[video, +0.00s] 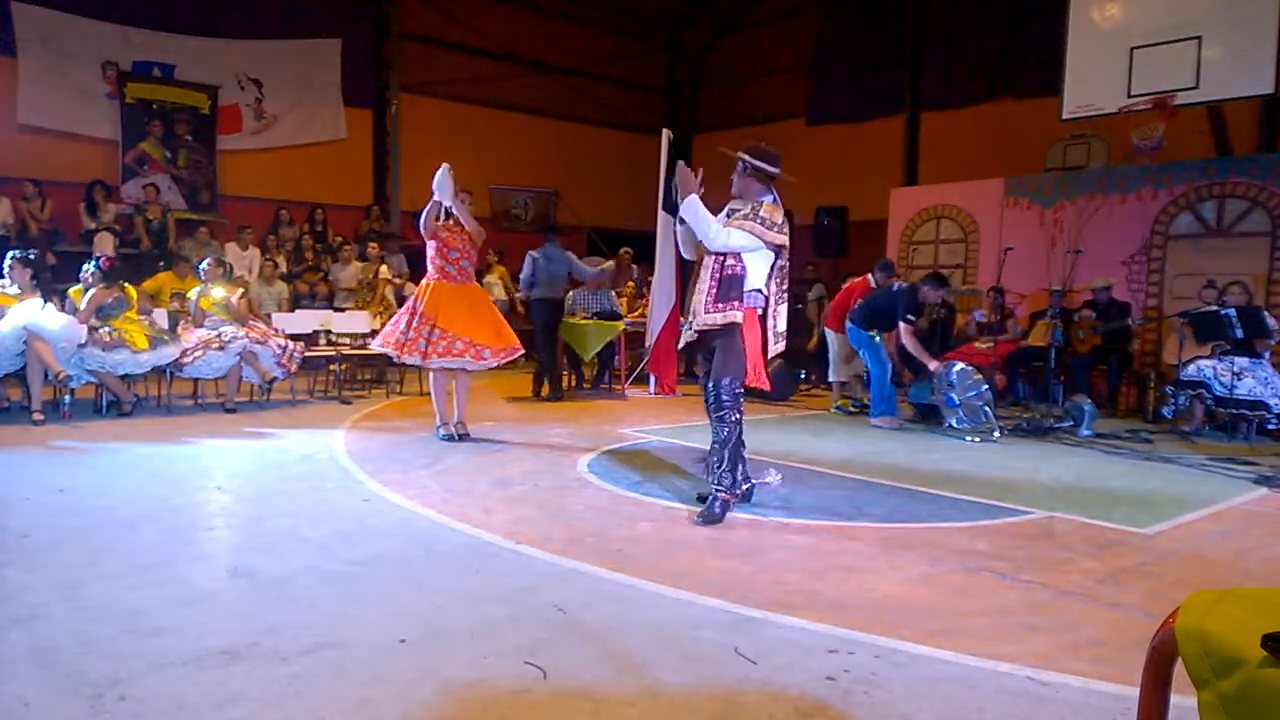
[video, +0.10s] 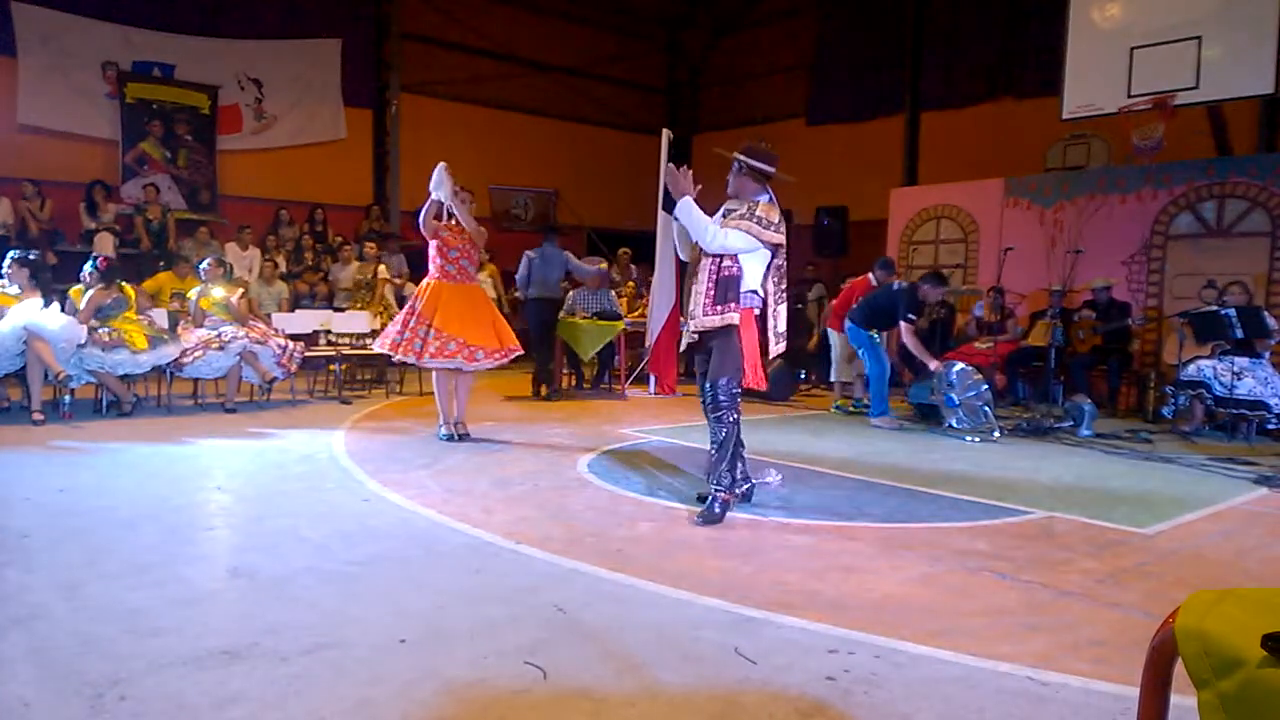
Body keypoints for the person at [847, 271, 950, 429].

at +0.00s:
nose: (939, 301)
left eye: (941, 298)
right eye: (938, 297)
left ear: (927, 288)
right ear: (928, 289)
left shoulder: (913, 295)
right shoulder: (909, 297)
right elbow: (906, 337)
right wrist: (929, 362)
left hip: (871, 328)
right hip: (862, 328)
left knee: (883, 367)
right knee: (881, 367)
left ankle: (885, 413)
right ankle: (880, 414)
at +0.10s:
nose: (940, 298)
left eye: (942, 294)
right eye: (939, 294)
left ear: (925, 287)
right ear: (926, 288)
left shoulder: (913, 295)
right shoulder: (909, 297)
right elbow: (907, 336)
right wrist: (930, 361)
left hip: (869, 327)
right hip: (859, 326)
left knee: (880, 367)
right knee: (879, 367)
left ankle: (880, 413)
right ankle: (879, 414)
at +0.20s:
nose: (940, 298)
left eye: (942, 293)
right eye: (939, 292)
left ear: (925, 286)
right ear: (926, 287)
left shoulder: (912, 293)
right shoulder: (910, 296)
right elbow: (909, 336)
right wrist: (930, 361)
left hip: (867, 327)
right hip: (859, 326)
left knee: (878, 367)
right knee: (878, 367)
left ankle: (877, 413)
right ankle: (878, 415)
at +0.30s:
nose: (940, 297)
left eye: (942, 293)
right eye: (939, 292)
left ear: (925, 286)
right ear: (926, 287)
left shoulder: (912, 293)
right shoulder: (910, 296)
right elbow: (909, 336)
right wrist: (931, 361)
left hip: (866, 326)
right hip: (859, 326)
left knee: (874, 368)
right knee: (876, 368)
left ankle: (874, 412)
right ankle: (878, 415)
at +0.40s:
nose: (939, 297)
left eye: (941, 293)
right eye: (939, 292)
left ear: (925, 286)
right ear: (926, 287)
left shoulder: (910, 292)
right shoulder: (910, 296)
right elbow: (907, 335)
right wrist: (929, 360)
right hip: (859, 326)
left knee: (873, 368)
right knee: (876, 368)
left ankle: (874, 412)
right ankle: (877, 415)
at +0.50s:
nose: (939, 296)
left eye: (941, 292)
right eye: (939, 291)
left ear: (925, 285)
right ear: (926, 286)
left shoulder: (907, 290)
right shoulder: (910, 296)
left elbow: (899, 331)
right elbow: (905, 334)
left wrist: (904, 353)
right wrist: (925, 360)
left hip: (864, 327)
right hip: (859, 327)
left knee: (875, 368)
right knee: (876, 368)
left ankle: (874, 412)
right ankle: (877, 415)